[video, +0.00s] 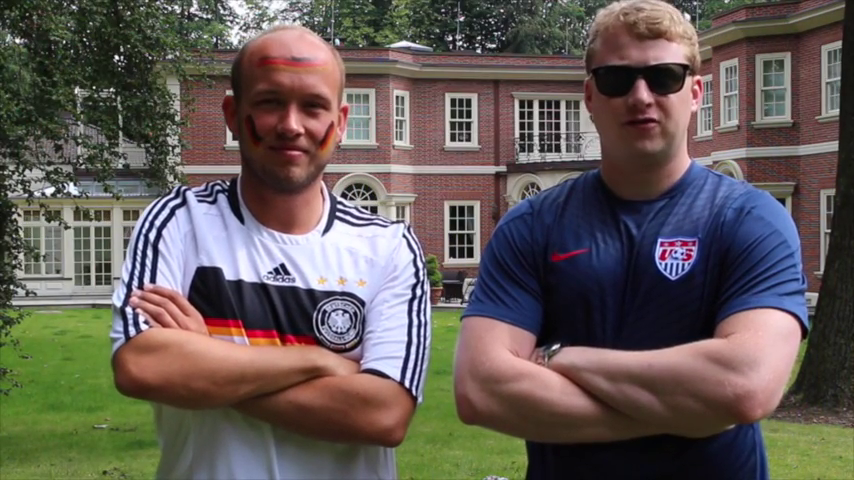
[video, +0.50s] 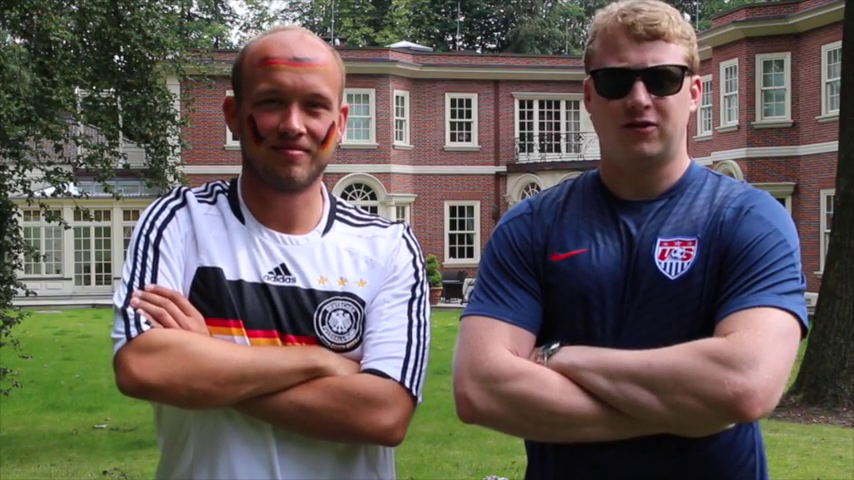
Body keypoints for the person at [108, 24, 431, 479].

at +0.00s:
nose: (291, 126)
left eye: (313, 107)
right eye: (270, 103)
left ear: (339, 122)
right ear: (233, 114)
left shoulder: (390, 247)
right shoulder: (175, 220)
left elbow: (386, 418)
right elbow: (137, 367)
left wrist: (209, 366)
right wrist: (321, 361)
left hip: (345, 476)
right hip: (203, 475)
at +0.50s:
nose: (293, 125)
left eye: (315, 106)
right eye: (272, 103)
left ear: (340, 122)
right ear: (234, 115)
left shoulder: (389, 247)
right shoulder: (175, 221)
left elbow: (386, 417)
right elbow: (139, 367)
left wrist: (210, 366)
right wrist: (322, 361)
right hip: (203, 474)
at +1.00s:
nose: (293, 124)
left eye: (315, 105)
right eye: (271, 102)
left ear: (339, 122)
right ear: (233, 115)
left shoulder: (389, 247)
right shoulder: (175, 220)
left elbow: (386, 417)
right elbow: (139, 368)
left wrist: (211, 367)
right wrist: (322, 361)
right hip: (203, 473)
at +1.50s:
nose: (291, 124)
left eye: (312, 105)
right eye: (269, 102)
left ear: (337, 124)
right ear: (231, 117)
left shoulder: (386, 248)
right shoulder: (173, 223)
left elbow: (386, 420)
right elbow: (140, 374)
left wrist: (212, 372)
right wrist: (321, 365)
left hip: (341, 475)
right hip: (202, 473)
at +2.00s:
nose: (293, 125)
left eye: (315, 105)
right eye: (271, 102)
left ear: (339, 124)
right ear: (233, 117)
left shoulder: (388, 249)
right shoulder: (175, 220)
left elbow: (384, 422)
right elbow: (139, 373)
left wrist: (211, 372)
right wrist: (318, 366)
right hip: (200, 473)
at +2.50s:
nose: (293, 126)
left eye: (314, 107)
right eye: (271, 104)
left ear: (338, 124)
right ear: (232, 118)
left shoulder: (387, 249)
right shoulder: (174, 221)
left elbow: (384, 421)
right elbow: (138, 374)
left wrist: (211, 372)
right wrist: (318, 365)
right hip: (201, 473)